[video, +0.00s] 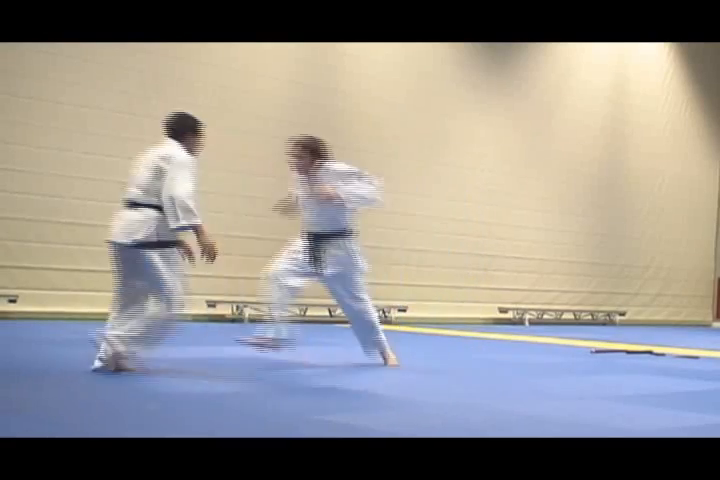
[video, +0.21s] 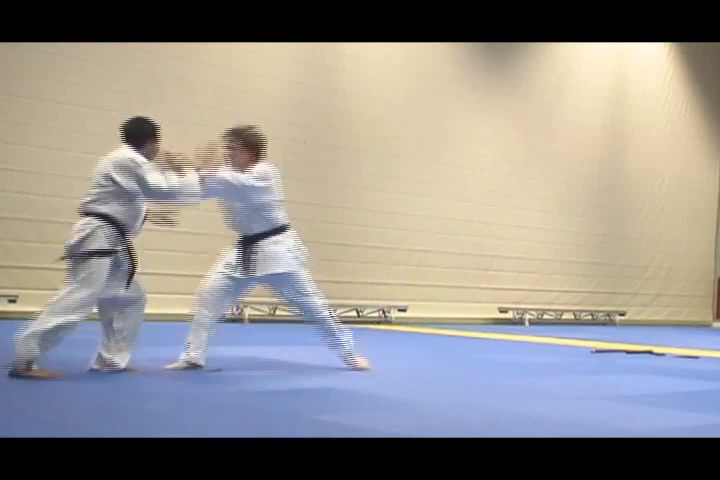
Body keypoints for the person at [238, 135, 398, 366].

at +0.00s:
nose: (293, 162)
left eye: (298, 157)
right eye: (291, 157)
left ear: (313, 157)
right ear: (294, 158)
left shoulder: (335, 172)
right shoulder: (301, 177)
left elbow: (372, 191)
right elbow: (306, 199)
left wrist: (339, 194)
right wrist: (292, 205)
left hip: (338, 247)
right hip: (308, 246)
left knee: (356, 303)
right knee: (276, 275)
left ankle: (385, 352)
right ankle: (276, 335)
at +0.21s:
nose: (229, 154)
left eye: (234, 149)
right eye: (228, 149)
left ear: (250, 152)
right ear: (230, 152)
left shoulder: (266, 172)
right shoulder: (228, 176)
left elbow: (242, 183)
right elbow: (201, 186)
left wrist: (209, 176)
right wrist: (178, 173)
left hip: (277, 245)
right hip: (244, 249)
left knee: (312, 303)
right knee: (209, 294)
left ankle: (349, 355)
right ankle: (193, 356)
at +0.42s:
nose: (178, 134)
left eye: (184, 129)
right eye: (177, 129)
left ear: (202, 131)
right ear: (179, 131)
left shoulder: (224, 154)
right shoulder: (180, 156)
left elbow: (219, 193)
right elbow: (148, 140)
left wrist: (202, 225)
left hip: (241, 225)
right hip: (209, 229)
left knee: (271, 287)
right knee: (175, 281)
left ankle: (309, 348)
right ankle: (177, 349)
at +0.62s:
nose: (157, 129)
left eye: (162, 124)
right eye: (155, 124)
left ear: (181, 127)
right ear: (154, 127)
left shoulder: (204, 154)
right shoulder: (149, 149)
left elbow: (225, 190)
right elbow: (113, 131)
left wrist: (230, 224)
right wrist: (80, 111)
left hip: (210, 227)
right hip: (175, 232)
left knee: (243, 291)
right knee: (147, 292)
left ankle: (280, 354)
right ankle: (150, 359)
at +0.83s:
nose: (132, 142)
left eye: (133, 135)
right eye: (129, 137)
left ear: (148, 128)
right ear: (135, 133)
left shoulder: (183, 132)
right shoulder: (140, 149)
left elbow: (224, 140)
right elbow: (105, 135)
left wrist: (254, 160)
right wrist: (66, 120)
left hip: (201, 214)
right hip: (169, 218)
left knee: (217, 287)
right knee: (153, 293)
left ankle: (245, 357)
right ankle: (153, 360)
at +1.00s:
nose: (126, 125)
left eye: (128, 119)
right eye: (125, 120)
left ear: (142, 116)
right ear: (136, 119)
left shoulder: (175, 126)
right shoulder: (139, 137)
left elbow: (212, 131)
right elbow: (108, 120)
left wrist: (245, 144)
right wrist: (74, 103)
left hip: (196, 212)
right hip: (168, 218)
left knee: (206, 285)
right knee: (155, 289)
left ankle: (242, 356)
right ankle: (160, 357)